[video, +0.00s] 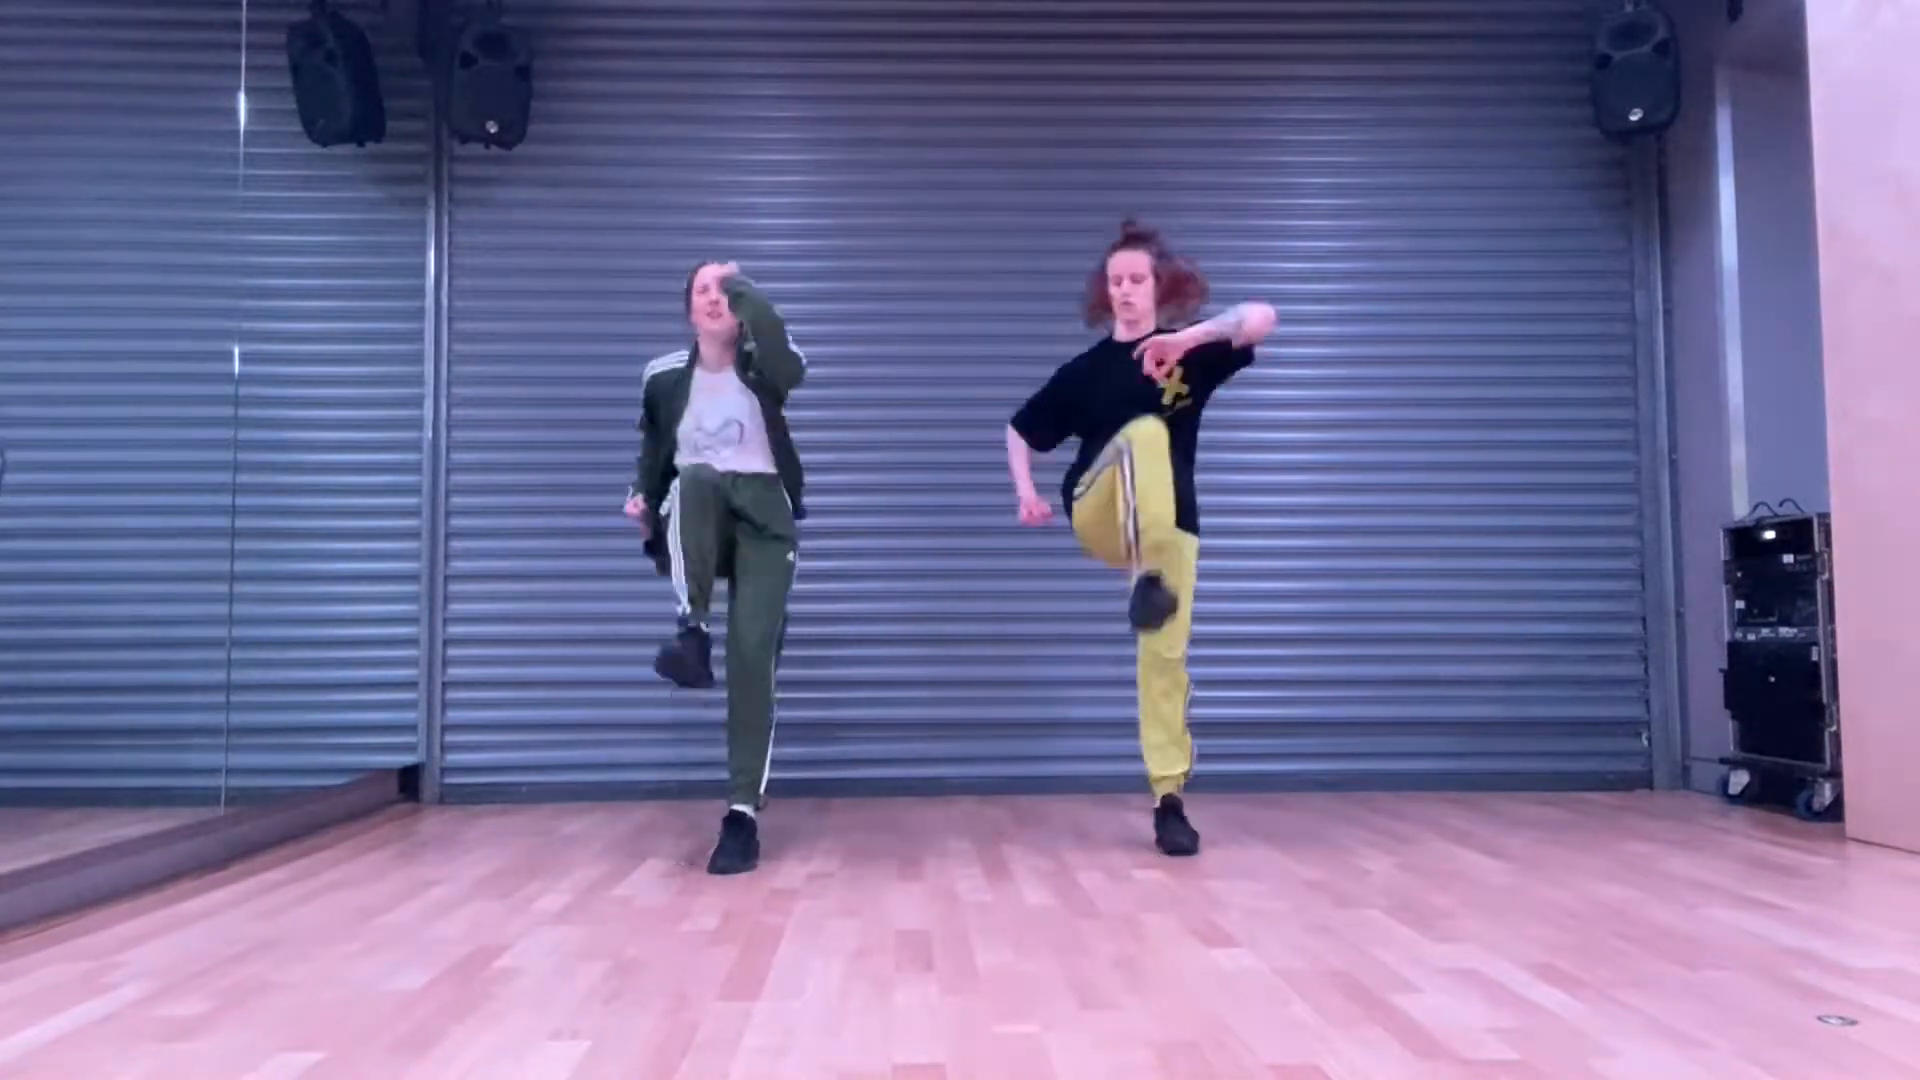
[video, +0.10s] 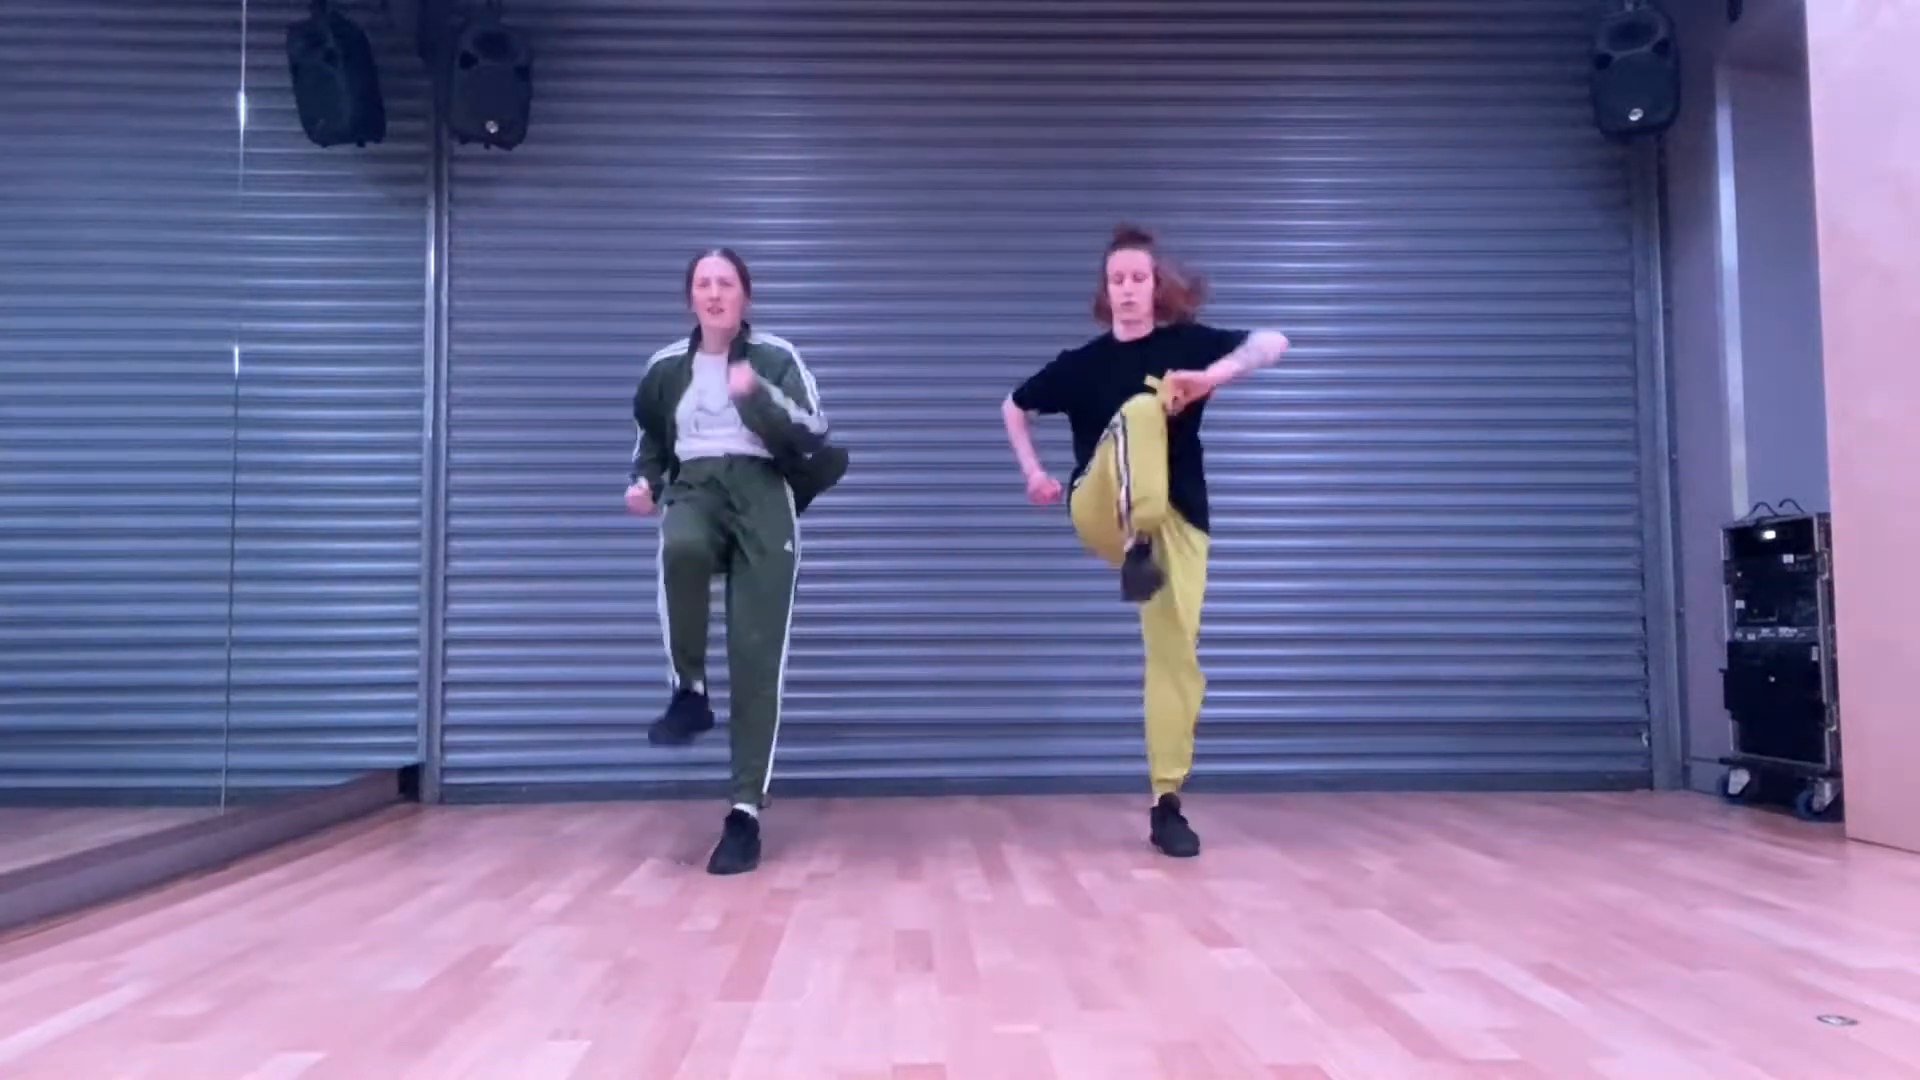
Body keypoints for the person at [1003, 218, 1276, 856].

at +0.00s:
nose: (1125, 290)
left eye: (1137, 279)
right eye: (1116, 280)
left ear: (1161, 286)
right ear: (1105, 291)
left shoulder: (1195, 356)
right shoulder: (1087, 371)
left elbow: (1262, 318)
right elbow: (1018, 432)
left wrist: (1192, 337)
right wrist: (1025, 491)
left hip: (1171, 524)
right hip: (1101, 519)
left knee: (1166, 659)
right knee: (1144, 431)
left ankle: (1169, 797)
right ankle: (1151, 577)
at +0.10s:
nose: (1128, 290)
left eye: (1139, 278)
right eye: (1117, 280)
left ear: (1159, 287)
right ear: (1103, 290)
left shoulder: (1191, 343)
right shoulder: (1079, 365)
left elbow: (1273, 343)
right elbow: (1014, 407)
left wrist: (1214, 375)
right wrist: (1032, 471)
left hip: (1177, 523)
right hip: (1102, 516)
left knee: (1173, 657)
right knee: (1142, 409)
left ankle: (1168, 802)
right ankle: (1140, 547)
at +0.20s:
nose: (1134, 275)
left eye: (1145, 264)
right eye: (1123, 267)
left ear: (1164, 273)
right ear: (1109, 278)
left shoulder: (1202, 351)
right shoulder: (1084, 362)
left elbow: (1279, 409)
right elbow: (1025, 429)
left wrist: (1219, 453)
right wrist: (1036, 475)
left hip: (1176, 517)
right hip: (1108, 499)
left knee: (1175, 667)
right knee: (1121, 548)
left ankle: (1167, 805)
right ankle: (1092, 663)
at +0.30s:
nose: (1146, 291)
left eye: (1156, 281)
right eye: (1135, 282)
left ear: (1175, 290)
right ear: (1120, 294)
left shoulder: (1215, 373)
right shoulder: (1098, 370)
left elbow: (1262, 449)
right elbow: (1031, 435)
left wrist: (1225, 488)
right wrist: (1024, 478)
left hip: (1182, 552)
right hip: (1106, 549)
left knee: (1195, 679)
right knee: (1096, 694)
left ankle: (1169, 808)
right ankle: (1042, 787)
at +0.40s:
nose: (1148, 299)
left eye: (1159, 289)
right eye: (1137, 290)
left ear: (1176, 300)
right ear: (1121, 302)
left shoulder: (1203, 379)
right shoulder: (1094, 380)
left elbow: (1251, 459)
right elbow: (1025, 441)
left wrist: (1221, 474)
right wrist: (990, 501)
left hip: (1189, 567)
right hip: (1113, 569)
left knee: (1197, 688)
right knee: (1120, 701)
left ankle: (1168, 810)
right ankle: (1048, 789)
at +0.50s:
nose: (1152, 300)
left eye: (1163, 289)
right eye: (1140, 291)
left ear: (1180, 299)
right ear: (1124, 302)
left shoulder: (1202, 371)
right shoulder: (1092, 375)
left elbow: (1236, 437)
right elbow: (1039, 444)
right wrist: (1012, 515)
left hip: (1190, 545)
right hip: (1119, 548)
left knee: (1220, 679)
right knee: (1181, 653)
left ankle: (1170, 800)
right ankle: (1135, 782)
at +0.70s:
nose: (1155, 305)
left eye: (1166, 292)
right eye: (1143, 293)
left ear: (1182, 301)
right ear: (1126, 303)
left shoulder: (1204, 369)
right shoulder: (1108, 376)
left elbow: (1221, 427)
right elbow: (1093, 445)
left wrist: (1229, 429)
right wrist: (1060, 486)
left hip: (1171, 529)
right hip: (1098, 519)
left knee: (1197, 673)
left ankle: (1164, 807)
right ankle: (1180, 500)